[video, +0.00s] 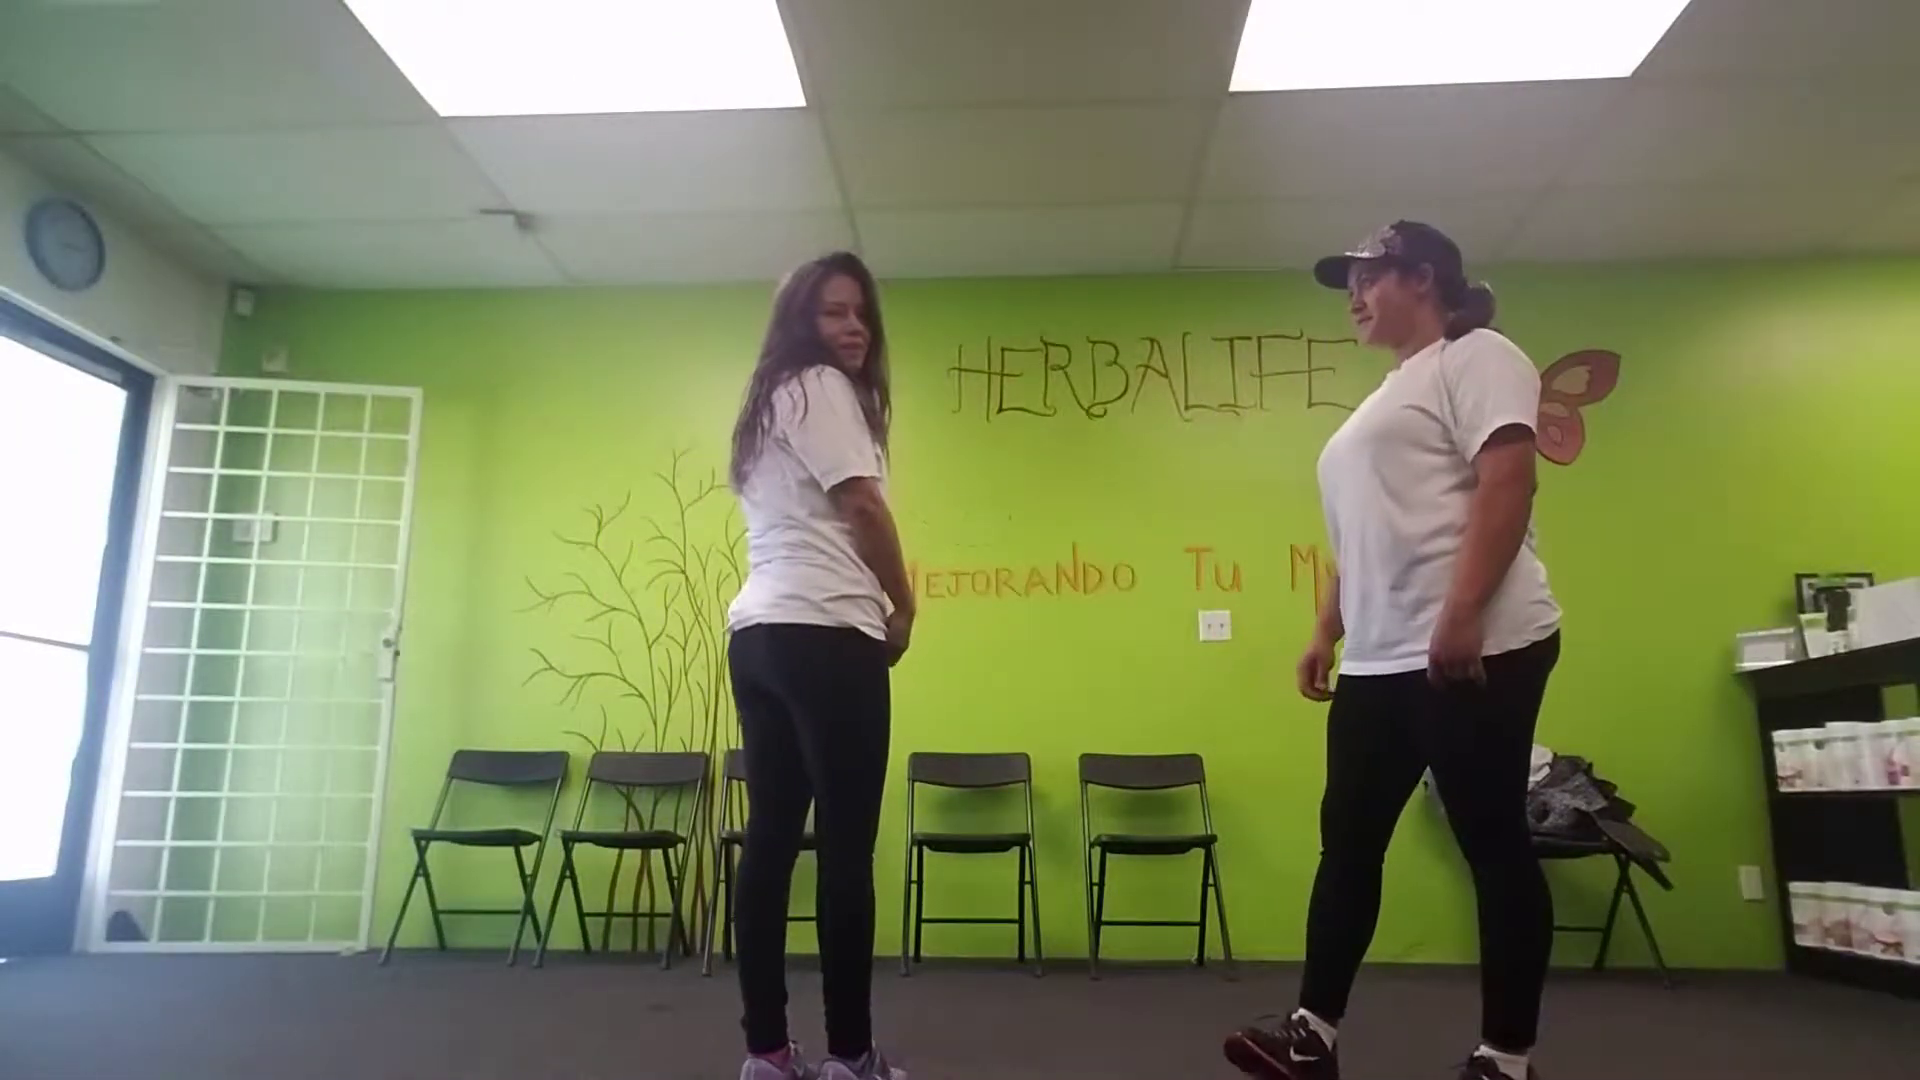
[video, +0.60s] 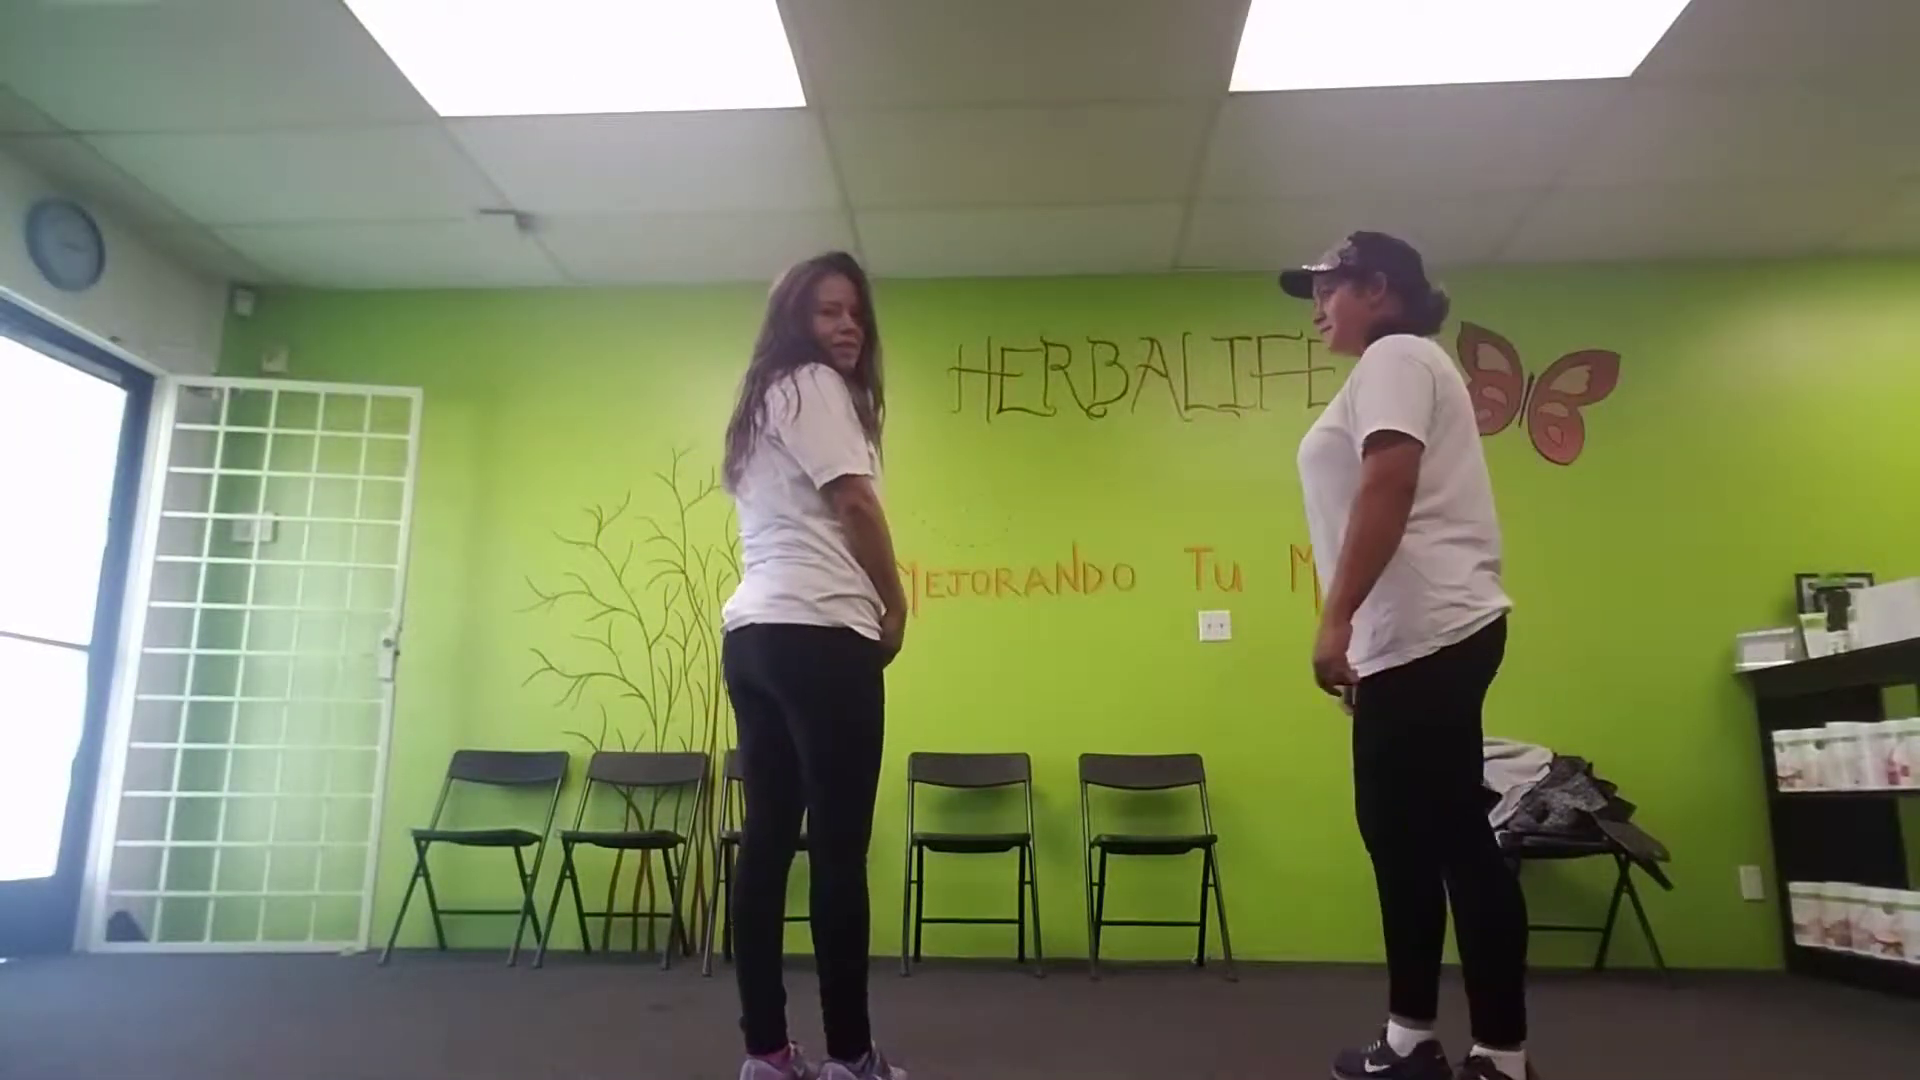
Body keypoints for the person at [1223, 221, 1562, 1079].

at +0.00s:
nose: (1354, 296)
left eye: (1368, 278)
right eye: (1353, 284)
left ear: (1421, 280)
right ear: (1393, 290)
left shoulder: (1477, 354)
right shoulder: (1385, 398)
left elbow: (1508, 481)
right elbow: (1365, 532)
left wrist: (1463, 609)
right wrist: (1328, 629)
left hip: (1478, 650)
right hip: (1378, 661)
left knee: (1497, 847)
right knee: (1349, 840)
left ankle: (1506, 1057)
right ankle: (1314, 1031)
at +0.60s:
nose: (1317, 307)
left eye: (1328, 290)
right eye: (1317, 293)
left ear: (1376, 291)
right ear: (1379, 297)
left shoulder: (1394, 360)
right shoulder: (1406, 365)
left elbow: (1389, 486)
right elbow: (1401, 516)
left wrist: (1336, 620)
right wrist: (1360, 645)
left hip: (1427, 635)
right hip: (1410, 638)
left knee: (1451, 835)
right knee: (1401, 833)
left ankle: (1503, 1060)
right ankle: (1411, 1044)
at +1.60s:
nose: (1284, 351)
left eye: (1292, 337)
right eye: (1285, 338)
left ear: (1329, 333)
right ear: (1363, 337)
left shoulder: (1316, 387)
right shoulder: (1422, 418)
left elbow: (1289, 485)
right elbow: (1454, 552)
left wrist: (1207, 570)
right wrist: (1384, 606)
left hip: (1335, 649)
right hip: (1424, 645)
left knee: (1315, 836)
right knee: (1399, 831)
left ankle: (1455, 1012)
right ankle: (1408, 1036)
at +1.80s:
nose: (1276, 351)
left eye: (1284, 337)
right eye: (1277, 337)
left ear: (1319, 336)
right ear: (1359, 340)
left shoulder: (1295, 395)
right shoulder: (1424, 417)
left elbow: (1244, 492)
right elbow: (1455, 545)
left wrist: (1189, 551)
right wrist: (1375, 566)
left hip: (1316, 651)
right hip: (1422, 645)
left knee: (1293, 832)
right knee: (1402, 832)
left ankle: (1358, 1014)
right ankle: (1419, 1033)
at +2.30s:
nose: (1215, 334)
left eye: (1221, 320)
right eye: (1217, 320)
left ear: (1243, 323)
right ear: (1303, 322)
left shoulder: (1198, 396)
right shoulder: (1361, 400)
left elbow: (1166, 513)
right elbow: (1367, 508)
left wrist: (1249, 479)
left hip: (1236, 649)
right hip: (1359, 640)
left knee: (1233, 847)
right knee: (1369, 833)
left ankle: (1235, 1050)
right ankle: (1411, 1039)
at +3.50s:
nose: (1224, 458)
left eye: (1229, 443)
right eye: (1225, 443)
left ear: (1259, 440)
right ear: (1305, 443)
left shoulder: (1219, 514)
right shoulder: (1373, 510)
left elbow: (1187, 618)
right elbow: (1375, 595)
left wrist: (1266, 583)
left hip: (1274, 716)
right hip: (1409, 709)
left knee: (1200, 863)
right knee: (1399, 862)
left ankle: (1231, 1049)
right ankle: (1424, 1043)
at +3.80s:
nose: (1215, 579)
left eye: (1219, 566)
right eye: (1215, 566)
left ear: (1249, 565)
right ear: (1299, 566)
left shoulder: (1212, 634)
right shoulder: (1360, 626)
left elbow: (1181, 740)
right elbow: (1376, 715)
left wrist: (1239, 675)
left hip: (1272, 844)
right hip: (1421, 835)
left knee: (1174, 873)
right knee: (1392, 879)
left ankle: (1231, 1046)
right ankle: (1420, 1040)